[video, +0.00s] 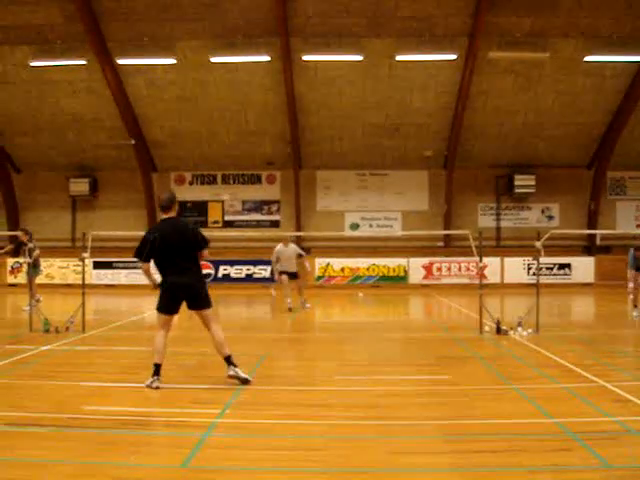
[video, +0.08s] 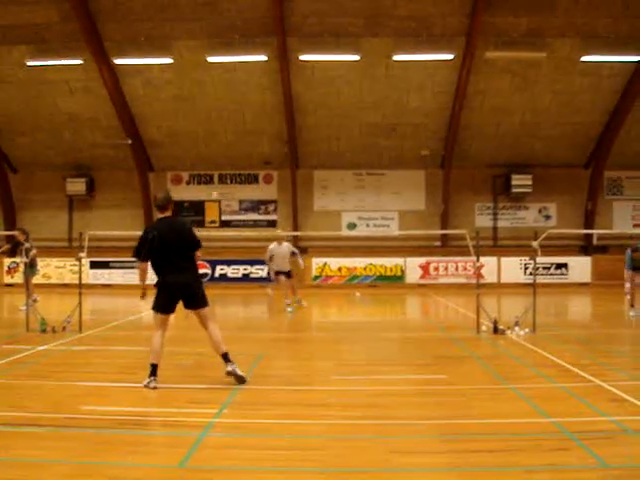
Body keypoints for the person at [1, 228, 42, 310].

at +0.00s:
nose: (20, 238)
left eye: (21, 236)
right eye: (19, 236)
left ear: (27, 236)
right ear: (20, 237)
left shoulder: (31, 245)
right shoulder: (21, 244)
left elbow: (37, 252)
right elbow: (11, 247)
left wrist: (31, 259)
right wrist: (3, 251)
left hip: (35, 266)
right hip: (30, 265)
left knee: (31, 283)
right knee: (30, 283)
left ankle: (31, 303)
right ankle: (36, 297)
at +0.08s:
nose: (18, 237)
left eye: (20, 235)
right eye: (17, 235)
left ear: (24, 236)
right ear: (17, 236)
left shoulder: (28, 245)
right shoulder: (19, 245)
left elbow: (33, 252)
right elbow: (9, 246)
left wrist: (28, 259)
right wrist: (2, 250)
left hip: (31, 266)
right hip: (27, 266)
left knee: (28, 284)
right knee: (27, 283)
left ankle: (28, 303)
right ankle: (33, 297)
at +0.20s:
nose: (24, 236)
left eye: (25, 233)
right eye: (23, 234)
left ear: (30, 234)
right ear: (22, 235)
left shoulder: (34, 244)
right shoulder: (24, 243)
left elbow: (40, 250)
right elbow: (15, 246)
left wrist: (35, 255)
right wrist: (6, 249)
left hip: (37, 266)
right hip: (32, 265)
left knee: (33, 284)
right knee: (32, 283)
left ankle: (33, 302)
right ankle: (38, 296)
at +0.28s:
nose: (26, 235)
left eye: (27, 233)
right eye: (25, 233)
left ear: (32, 234)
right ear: (24, 235)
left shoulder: (36, 243)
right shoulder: (26, 243)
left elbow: (42, 250)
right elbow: (17, 245)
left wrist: (37, 255)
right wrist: (8, 249)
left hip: (39, 265)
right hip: (34, 265)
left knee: (35, 283)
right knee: (34, 283)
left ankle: (35, 302)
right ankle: (40, 296)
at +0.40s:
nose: (33, 234)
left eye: (35, 231)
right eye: (32, 231)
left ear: (39, 232)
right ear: (31, 232)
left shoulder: (44, 240)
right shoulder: (32, 241)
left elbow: (52, 248)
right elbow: (24, 245)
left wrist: (44, 252)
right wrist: (14, 247)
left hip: (46, 263)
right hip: (40, 263)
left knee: (40, 280)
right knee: (39, 279)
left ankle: (41, 301)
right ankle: (47, 294)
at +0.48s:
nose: (41, 233)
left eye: (43, 231)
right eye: (41, 231)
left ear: (48, 232)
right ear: (41, 232)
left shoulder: (52, 241)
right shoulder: (43, 241)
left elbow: (61, 249)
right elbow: (36, 247)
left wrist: (51, 250)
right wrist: (26, 246)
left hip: (54, 264)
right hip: (49, 263)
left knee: (45, 280)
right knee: (45, 279)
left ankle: (47, 300)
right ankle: (54, 293)